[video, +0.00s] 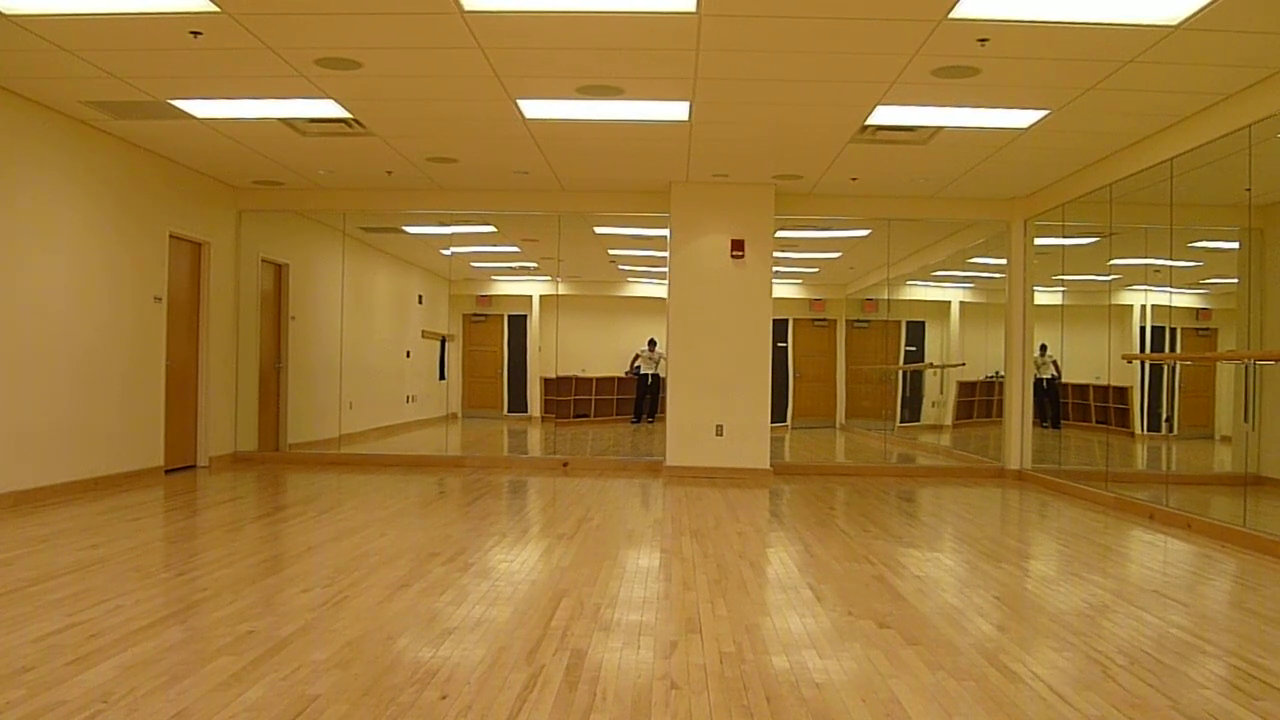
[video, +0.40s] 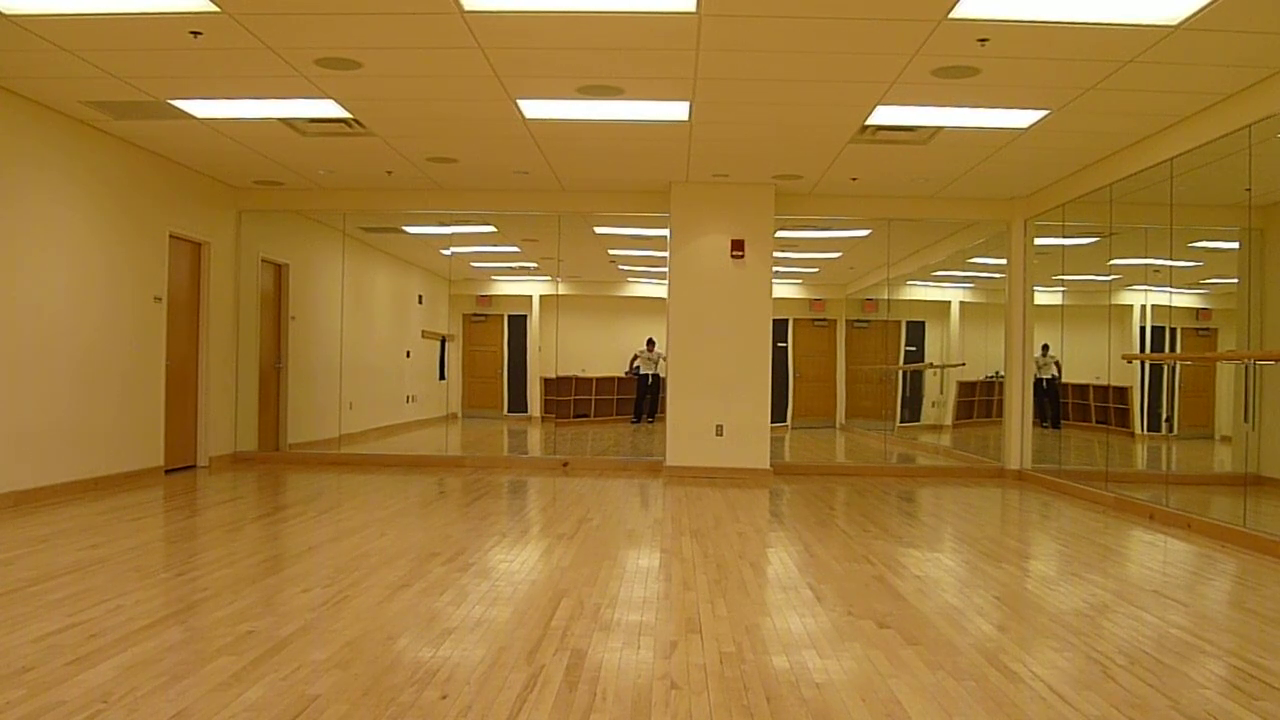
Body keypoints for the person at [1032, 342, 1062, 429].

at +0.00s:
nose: (1042, 353)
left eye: (1044, 351)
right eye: (1041, 351)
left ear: (1047, 351)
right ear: (1039, 350)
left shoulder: (1050, 357)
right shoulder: (1035, 359)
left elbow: (1056, 367)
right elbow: (1034, 369)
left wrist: (1059, 376)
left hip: (1050, 378)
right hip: (1039, 378)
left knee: (1054, 400)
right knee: (1041, 401)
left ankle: (1055, 422)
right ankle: (1043, 421)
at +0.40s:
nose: (1044, 352)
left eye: (1046, 351)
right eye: (1043, 350)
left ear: (1048, 351)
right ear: (1041, 350)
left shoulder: (1053, 359)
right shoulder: (1037, 359)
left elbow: (1059, 367)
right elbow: (1034, 369)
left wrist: (1060, 377)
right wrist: (1034, 378)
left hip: (1051, 378)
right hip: (1040, 378)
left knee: (1054, 400)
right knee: (1041, 401)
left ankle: (1055, 422)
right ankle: (1043, 421)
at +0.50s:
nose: (1045, 352)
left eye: (1047, 351)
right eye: (1044, 350)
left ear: (1049, 351)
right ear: (1042, 350)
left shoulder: (1053, 358)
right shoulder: (1038, 358)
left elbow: (1059, 367)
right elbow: (1034, 368)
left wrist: (1060, 376)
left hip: (1051, 378)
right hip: (1040, 378)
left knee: (1054, 400)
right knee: (1041, 401)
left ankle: (1055, 422)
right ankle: (1043, 421)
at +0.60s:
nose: (1047, 353)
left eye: (1049, 351)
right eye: (1046, 350)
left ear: (1051, 351)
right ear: (1044, 350)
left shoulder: (1054, 358)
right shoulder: (1039, 358)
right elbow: (1032, 363)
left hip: (1051, 378)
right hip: (1040, 378)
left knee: (1054, 400)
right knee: (1041, 401)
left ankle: (1055, 422)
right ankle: (1043, 421)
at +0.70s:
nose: (1049, 352)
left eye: (1051, 350)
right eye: (1048, 350)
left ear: (1054, 351)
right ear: (1046, 349)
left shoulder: (1057, 358)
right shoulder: (1040, 358)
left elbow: (1061, 366)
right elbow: (1033, 365)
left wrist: (1060, 376)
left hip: (1051, 378)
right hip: (1040, 379)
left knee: (1054, 401)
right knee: (1040, 401)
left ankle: (1055, 422)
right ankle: (1043, 421)